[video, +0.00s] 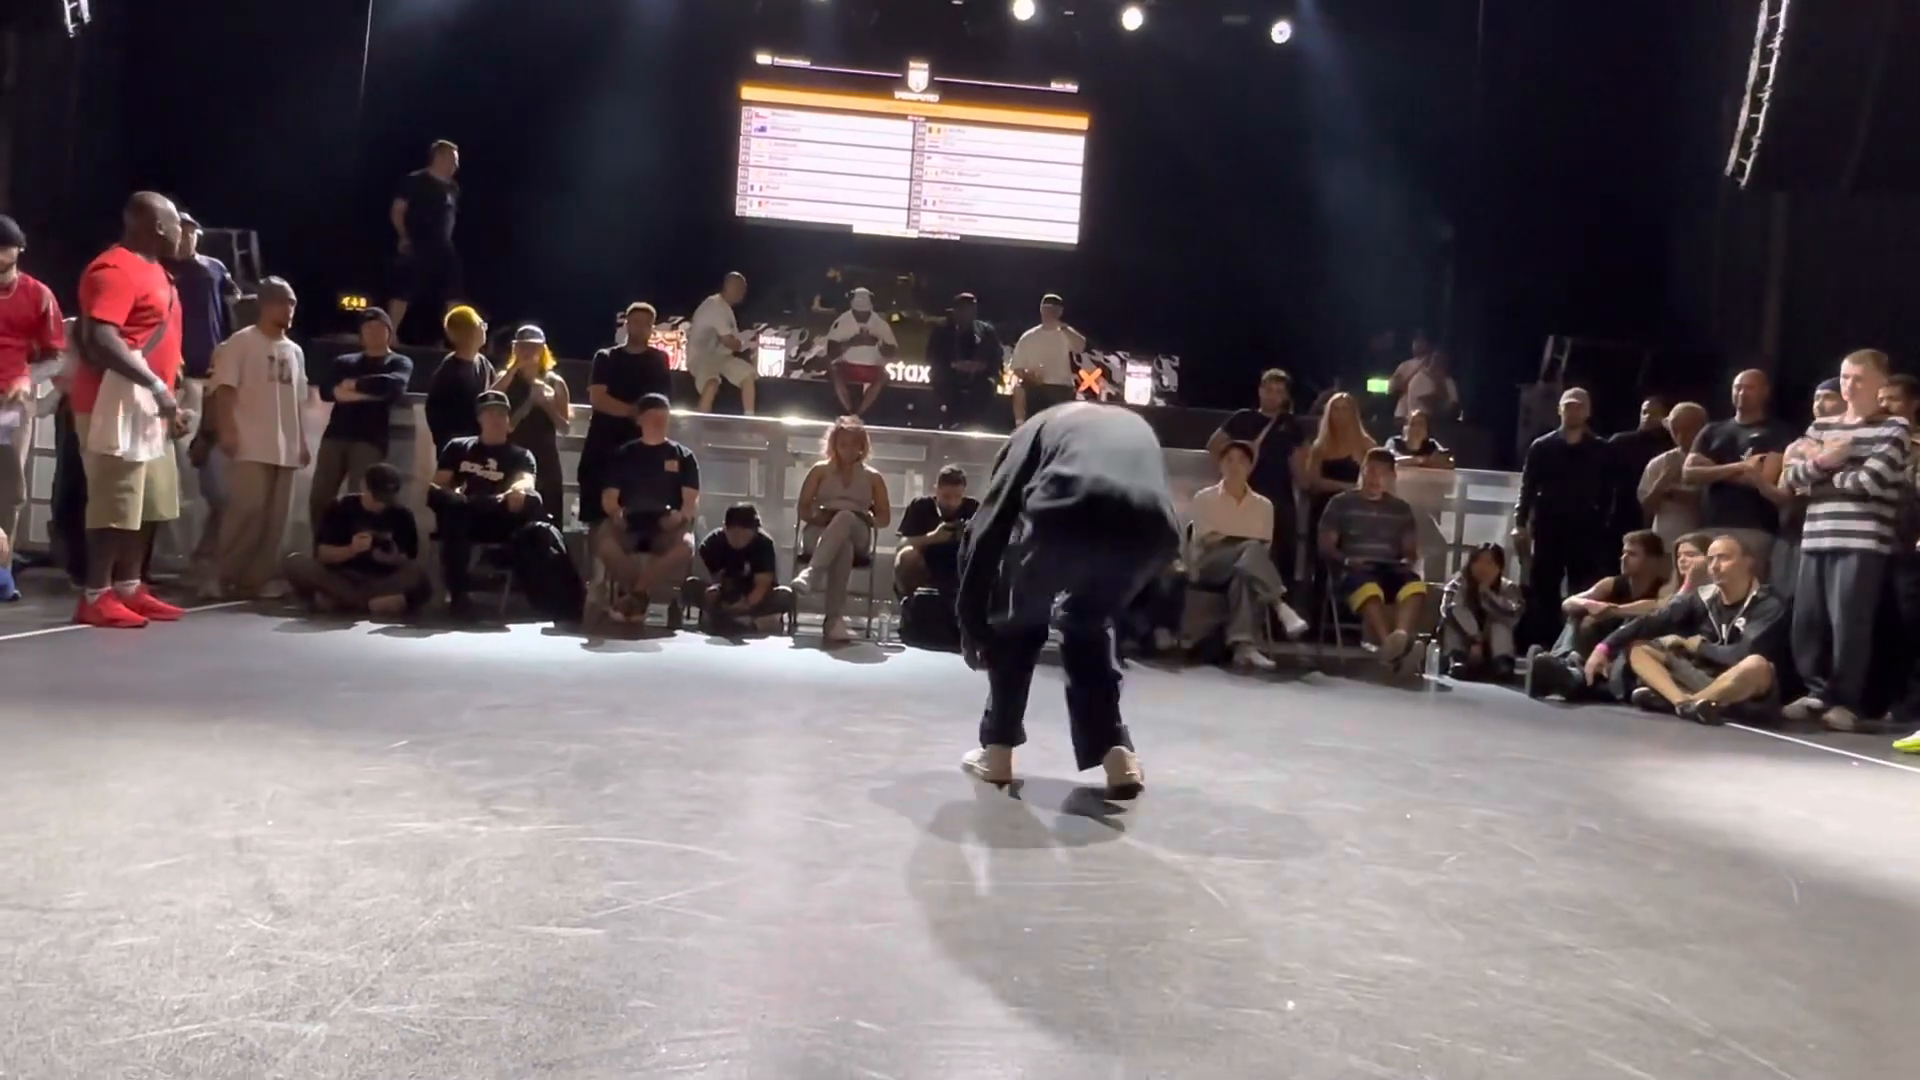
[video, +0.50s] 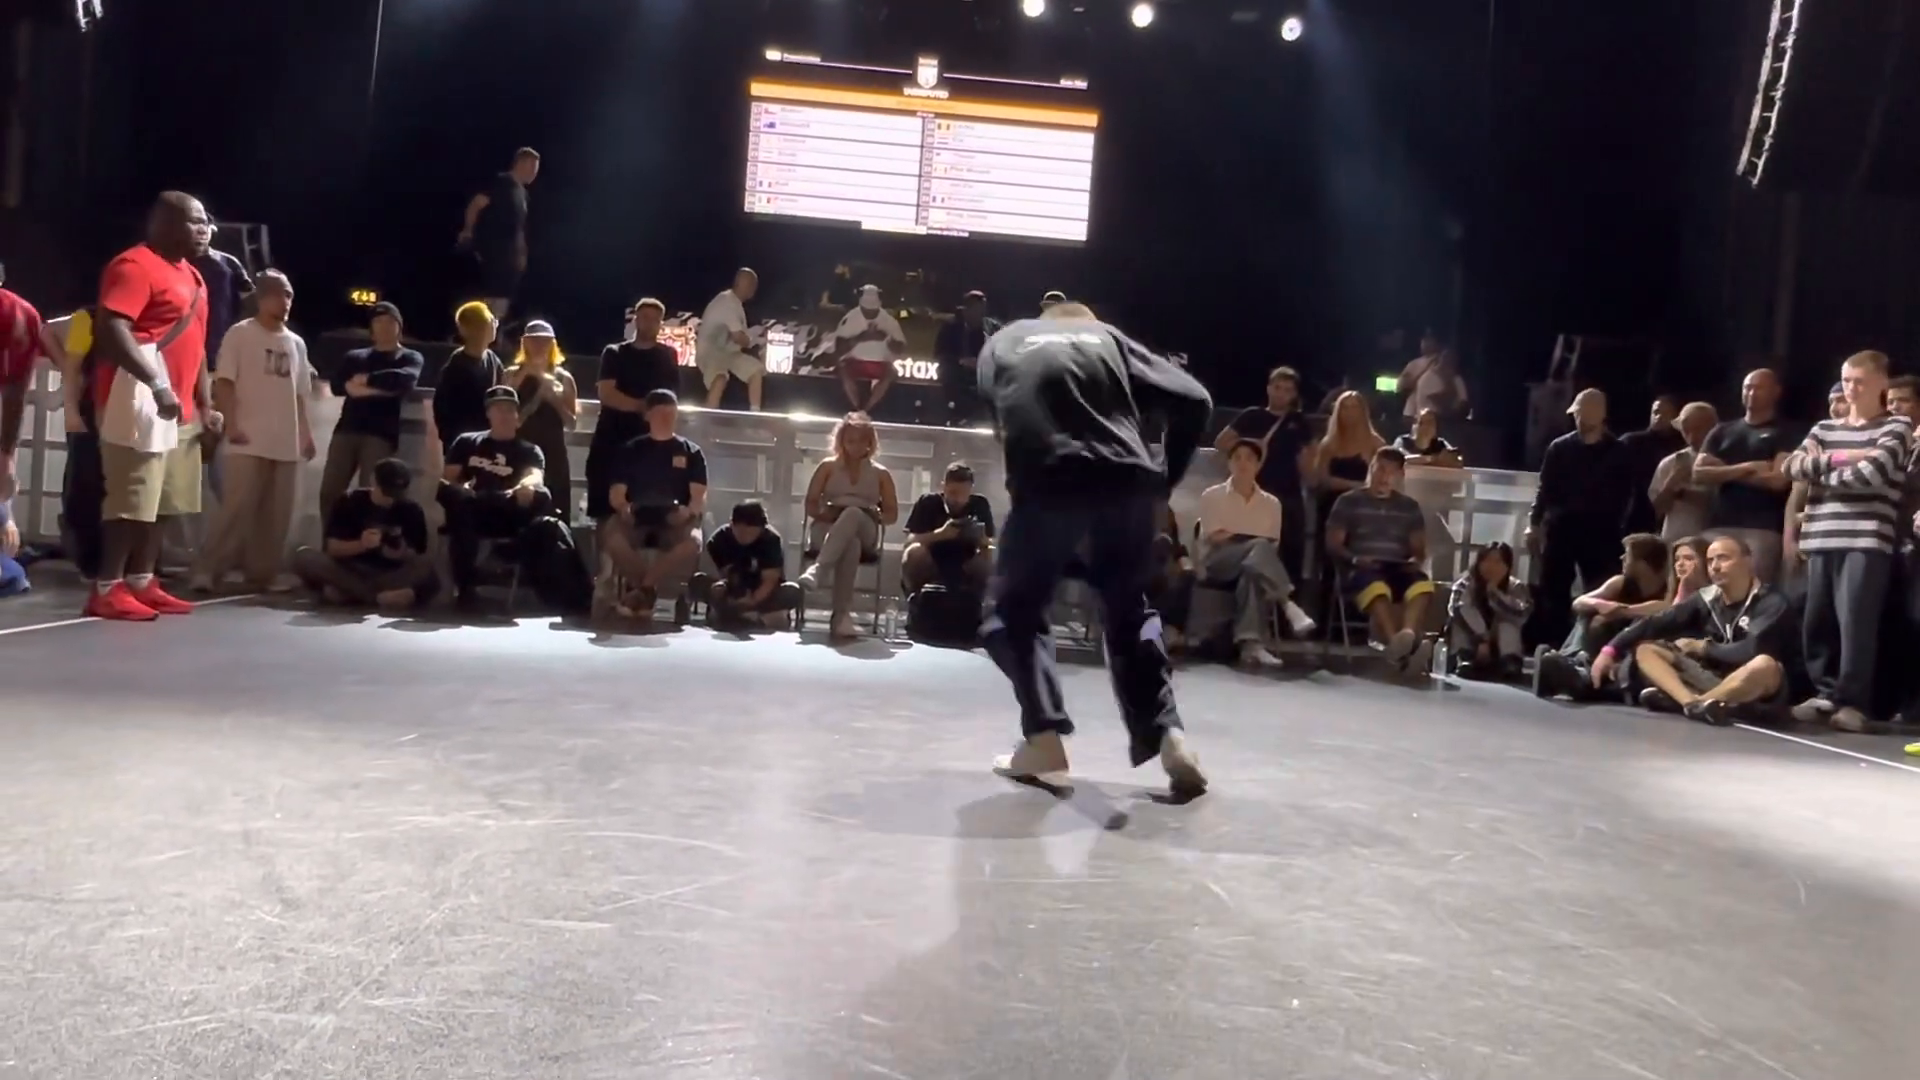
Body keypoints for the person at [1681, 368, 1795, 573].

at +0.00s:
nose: (1741, 393)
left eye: (1748, 388)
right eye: (1737, 388)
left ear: (1764, 393)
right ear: (1732, 392)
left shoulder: (1778, 434)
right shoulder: (1712, 430)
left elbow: (1764, 481)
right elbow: (1689, 472)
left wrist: (1713, 470)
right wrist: (1742, 467)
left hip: (1755, 529)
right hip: (1713, 525)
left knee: (1749, 601)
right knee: (1710, 598)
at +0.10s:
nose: (1742, 393)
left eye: (1749, 388)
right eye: (1739, 388)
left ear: (1767, 393)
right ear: (1733, 392)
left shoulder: (1781, 433)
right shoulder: (1714, 431)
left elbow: (1766, 482)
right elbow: (1691, 472)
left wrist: (1716, 470)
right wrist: (1743, 468)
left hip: (1757, 530)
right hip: (1714, 526)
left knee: (1749, 601)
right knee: (1710, 600)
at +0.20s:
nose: (1744, 394)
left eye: (1751, 388)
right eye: (1741, 388)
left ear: (1769, 393)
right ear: (1736, 392)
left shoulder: (1782, 433)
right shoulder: (1716, 431)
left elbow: (1772, 479)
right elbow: (1693, 472)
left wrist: (1718, 470)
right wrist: (1745, 467)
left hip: (1759, 530)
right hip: (1717, 526)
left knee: (1751, 601)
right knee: (1713, 601)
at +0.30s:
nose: (1747, 394)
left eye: (1754, 388)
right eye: (1744, 388)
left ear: (1772, 393)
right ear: (1738, 392)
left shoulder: (1785, 433)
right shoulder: (1718, 431)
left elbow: (1775, 480)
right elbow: (1696, 473)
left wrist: (1722, 471)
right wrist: (1747, 467)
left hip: (1762, 529)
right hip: (1720, 526)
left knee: (1753, 600)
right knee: (1714, 600)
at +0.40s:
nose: (1749, 394)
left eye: (1756, 389)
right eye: (1746, 388)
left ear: (1774, 393)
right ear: (1740, 392)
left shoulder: (1785, 433)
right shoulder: (1721, 431)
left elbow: (1776, 481)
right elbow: (1697, 473)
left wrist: (1724, 471)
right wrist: (1749, 467)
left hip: (1762, 528)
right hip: (1720, 525)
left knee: (1756, 601)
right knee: (1716, 600)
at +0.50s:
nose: (1750, 393)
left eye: (1757, 388)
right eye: (1747, 388)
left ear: (1775, 392)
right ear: (1742, 392)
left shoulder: (1786, 433)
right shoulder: (1721, 431)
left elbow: (1779, 481)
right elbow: (1699, 473)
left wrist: (1726, 471)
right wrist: (1751, 467)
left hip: (1763, 529)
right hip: (1721, 525)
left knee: (1757, 601)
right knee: (1717, 600)